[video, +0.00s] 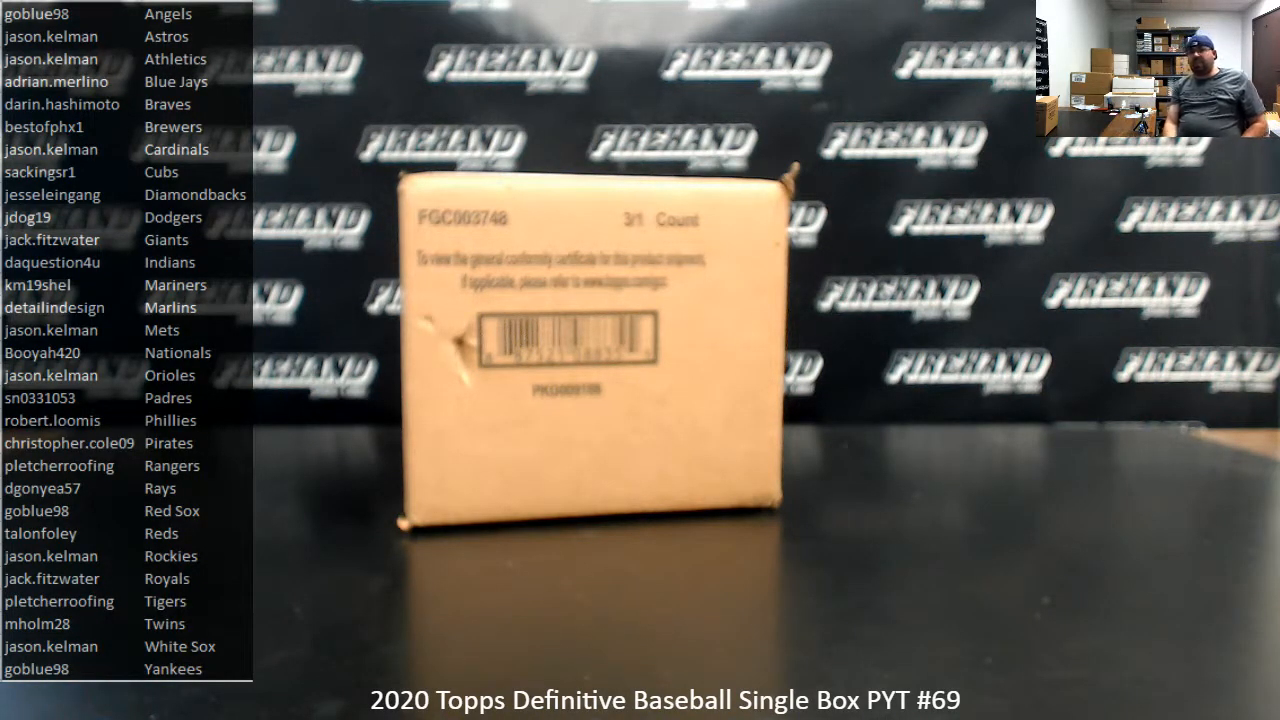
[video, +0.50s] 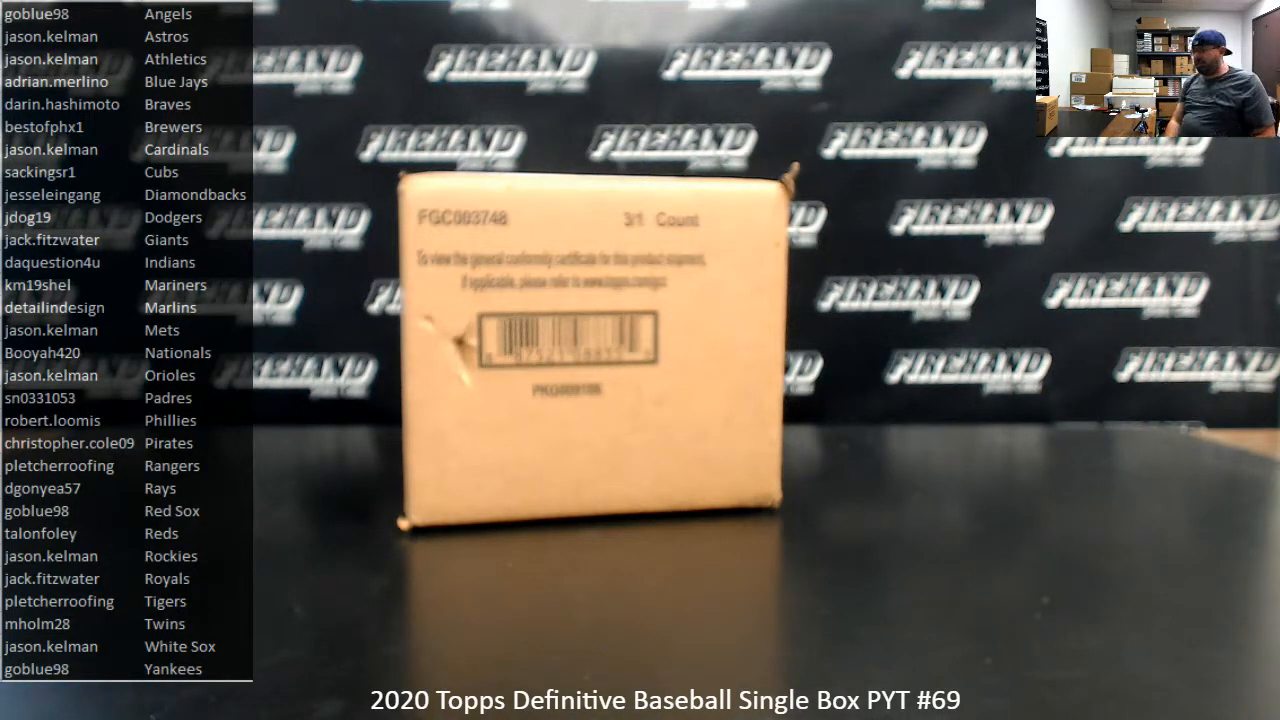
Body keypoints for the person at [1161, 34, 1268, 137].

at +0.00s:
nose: (1196, 55)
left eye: (1201, 50)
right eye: (1191, 52)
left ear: (1214, 54)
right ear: (1187, 57)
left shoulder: (1238, 80)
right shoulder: (1181, 86)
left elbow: (1260, 123)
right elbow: (1171, 122)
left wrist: (1237, 150)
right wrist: (1168, 150)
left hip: (1226, 154)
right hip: (1186, 154)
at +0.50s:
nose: (1197, 57)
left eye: (1203, 51)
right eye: (1194, 52)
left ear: (1221, 52)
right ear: (1191, 54)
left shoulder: (1248, 82)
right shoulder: (1190, 83)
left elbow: (1267, 134)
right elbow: (1176, 120)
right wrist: (1167, 149)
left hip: (1229, 162)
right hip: (1187, 160)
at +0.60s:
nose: (1190, 58)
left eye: (1196, 51)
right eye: (1190, 52)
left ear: (1217, 51)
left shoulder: (1247, 83)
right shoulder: (1191, 82)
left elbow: (1266, 136)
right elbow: (1176, 120)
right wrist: (1164, 149)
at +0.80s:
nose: (1174, 61)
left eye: (1180, 54)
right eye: (1175, 55)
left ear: (1203, 53)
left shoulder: (1237, 89)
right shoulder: (1185, 85)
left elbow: (1262, 141)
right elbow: (1173, 122)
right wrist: (1163, 152)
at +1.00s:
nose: (1165, 62)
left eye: (1169, 56)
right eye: (1165, 56)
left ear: (1191, 55)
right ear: (1191, 55)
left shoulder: (1227, 90)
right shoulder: (1179, 86)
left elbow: (1253, 143)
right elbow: (1170, 125)